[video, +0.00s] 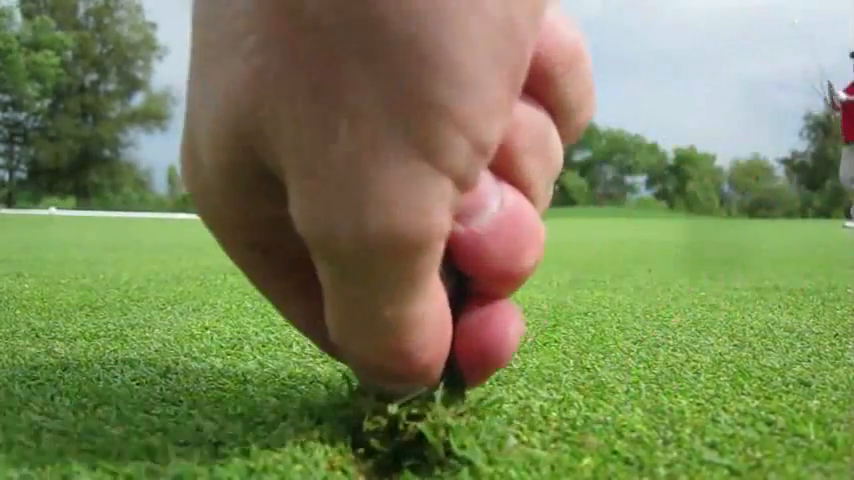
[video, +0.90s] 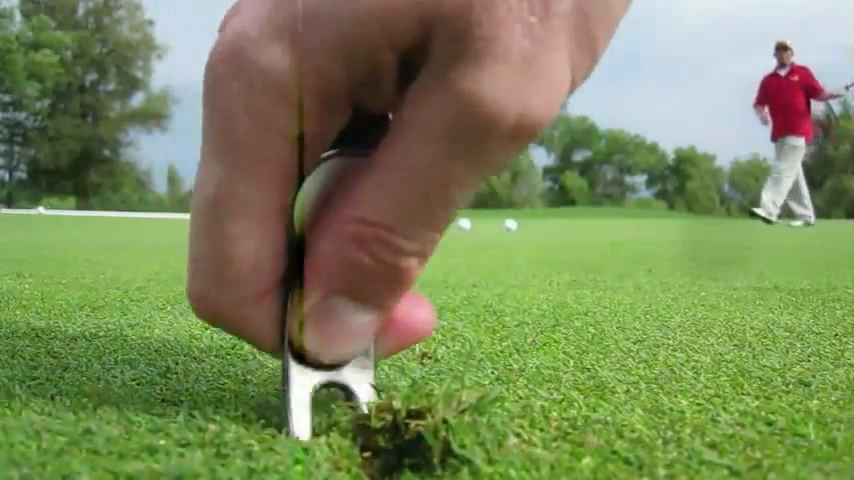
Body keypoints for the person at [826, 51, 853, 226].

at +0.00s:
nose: (851, 61)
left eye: (852, 58)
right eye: (851, 58)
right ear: (850, 61)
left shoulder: (849, 89)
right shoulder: (848, 88)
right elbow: (840, 107)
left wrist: (844, 97)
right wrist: (835, 101)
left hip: (849, 140)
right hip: (847, 140)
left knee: (846, 178)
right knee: (845, 178)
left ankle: (850, 215)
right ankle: (850, 214)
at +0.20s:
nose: (843, 60)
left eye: (846, 56)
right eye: (841, 56)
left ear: (853, 60)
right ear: (839, 59)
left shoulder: (850, 83)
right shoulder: (833, 85)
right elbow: (825, 111)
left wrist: (849, 97)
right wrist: (832, 100)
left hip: (848, 136)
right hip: (838, 137)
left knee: (837, 176)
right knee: (832, 176)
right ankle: (827, 215)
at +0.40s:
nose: (825, 60)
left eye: (829, 57)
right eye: (823, 57)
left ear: (836, 60)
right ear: (820, 60)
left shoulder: (848, 81)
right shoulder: (812, 86)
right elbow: (807, 113)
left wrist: (850, 102)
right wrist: (825, 105)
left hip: (846, 139)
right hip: (821, 140)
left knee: (850, 180)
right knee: (817, 178)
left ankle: (851, 217)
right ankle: (808, 214)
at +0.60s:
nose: (806, 58)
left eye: (809, 54)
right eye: (803, 55)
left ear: (816, 57)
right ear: (799, 58)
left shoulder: (828, 77)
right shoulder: (791, 83)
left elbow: (840, 100)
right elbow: (783, 109)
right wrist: (800, 112)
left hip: (825, 134)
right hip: (801, 136)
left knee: (826, 173)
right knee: (799, 178)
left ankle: (846, 209)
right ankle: (805, 216)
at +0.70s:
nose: (798, 56)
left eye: (801, 52)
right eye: (795, 53)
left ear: (807, 54)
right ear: (791, 56)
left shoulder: (820, 75)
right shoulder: (784, 81)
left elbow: (832, 97)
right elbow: (773, 106)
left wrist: (839, 97)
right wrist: (787, 110)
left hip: (816, 130)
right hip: (793, 133)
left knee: (808, 169)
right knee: (792, 176)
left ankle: (826, 207)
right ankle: (804, 215)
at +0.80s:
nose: (791, 55)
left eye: (793, 52)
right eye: (787, 52)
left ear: (799, 54)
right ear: (783, 55)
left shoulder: (811, 73)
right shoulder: (776, 80)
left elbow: (825, 95)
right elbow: (765, 104)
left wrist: (838, 92)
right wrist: (775, 110)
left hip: (807, 127)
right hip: (786, 130)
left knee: (793, 168)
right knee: (791, 173)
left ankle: (800, 212)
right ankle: (806, 213)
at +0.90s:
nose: (782, 56)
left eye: (785, 52)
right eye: (779, 53)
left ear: (791, 54)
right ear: (775, 56)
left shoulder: (802, 73)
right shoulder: (768, 80)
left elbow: (817, 93)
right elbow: (759, 104)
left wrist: (831, 94)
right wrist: (763, 114)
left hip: (798, 129)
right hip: (778, 131)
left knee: (784, 170)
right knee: (792, 174)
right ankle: (805, 215)